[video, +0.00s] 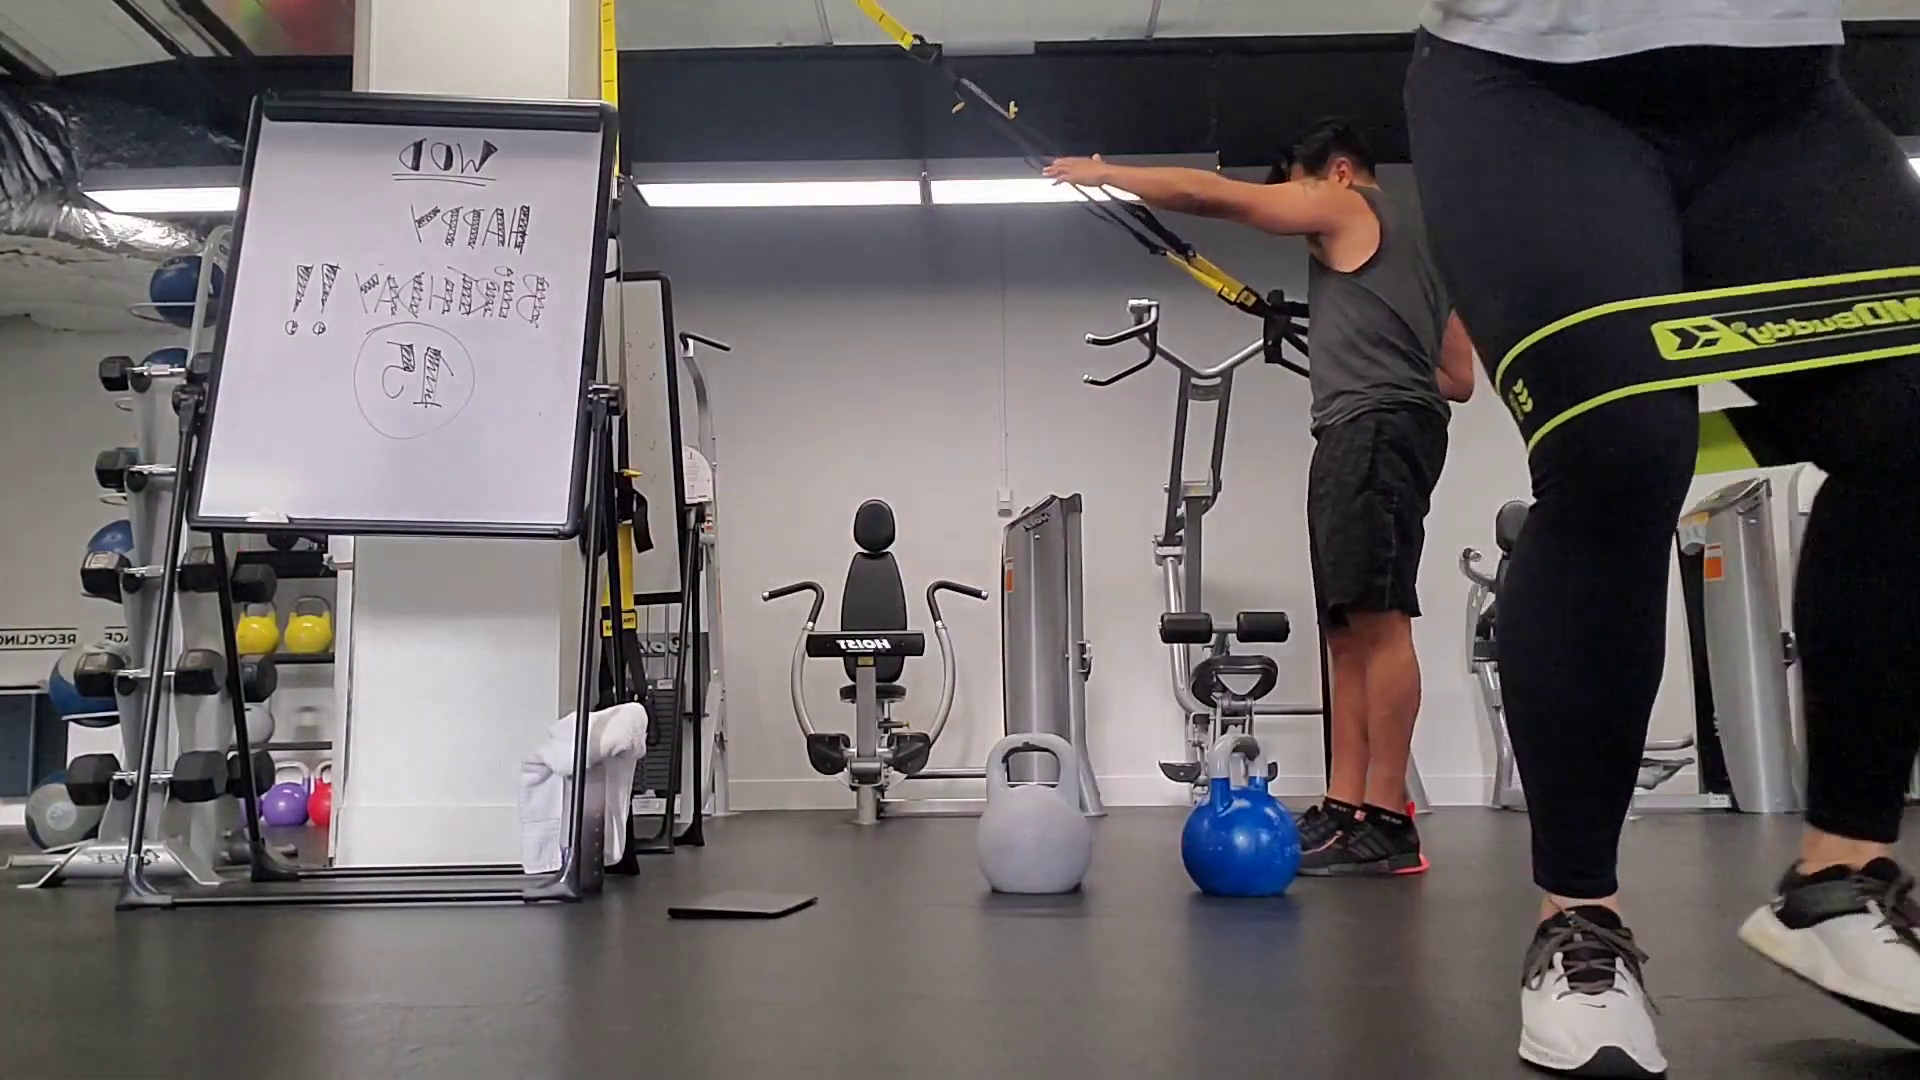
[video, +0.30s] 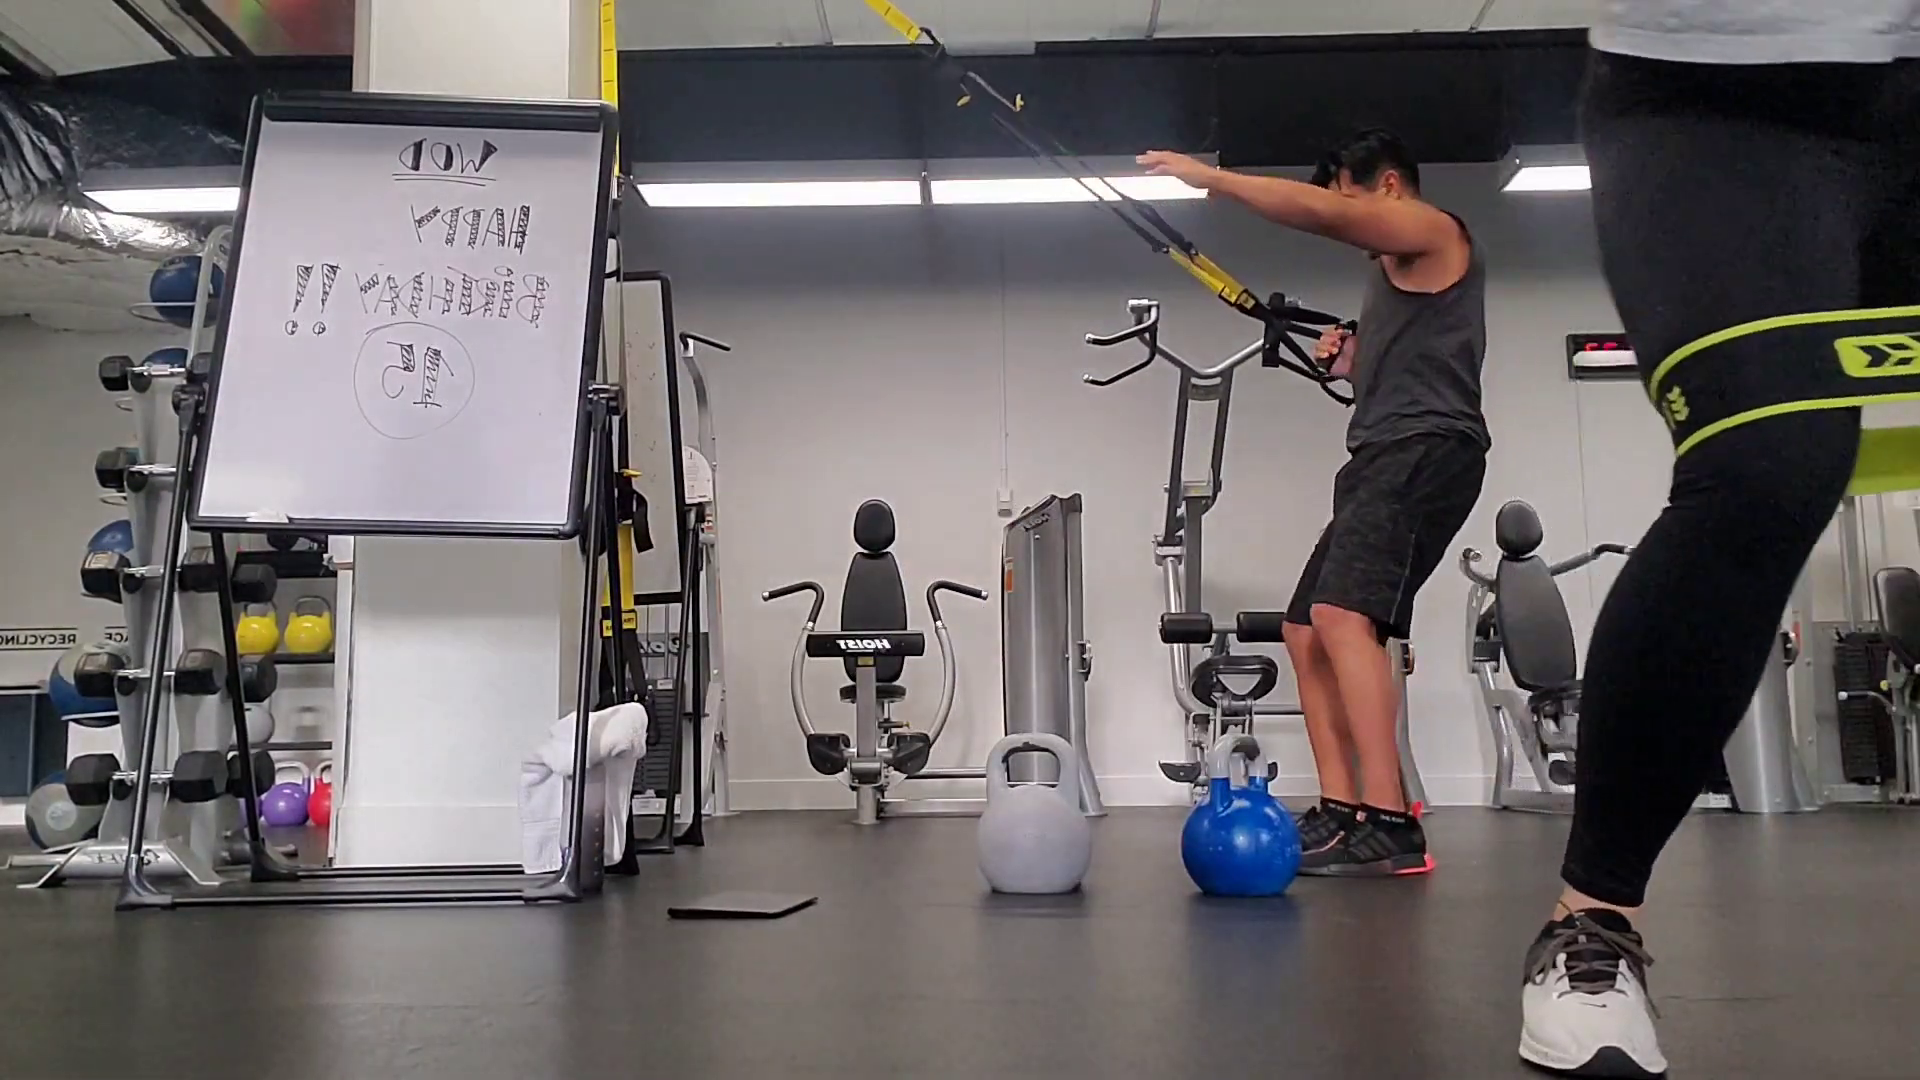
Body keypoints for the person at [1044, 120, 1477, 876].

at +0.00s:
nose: (1296, 204)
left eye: (1302, 187)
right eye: (1295, 191)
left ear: (1342, 169)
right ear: (1357, 173)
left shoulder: (1349, 204)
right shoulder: (1425, 246)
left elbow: (1215, 192)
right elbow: (1460, 379)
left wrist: (1104, 171)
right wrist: (1361, 338)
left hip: (1373, 426)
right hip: (1385, 429)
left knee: (1381, 627)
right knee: (1345, 628)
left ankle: (1389, 821)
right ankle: (1346, 809)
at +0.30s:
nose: (1345, 213)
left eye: (1351, 199)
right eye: (1341, 202)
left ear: (1387, 182)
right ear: (1386, 189)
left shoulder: (1436, 229)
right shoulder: (1400, 261)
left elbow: (1325, 211)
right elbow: (1417, 371)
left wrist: (1211, 177)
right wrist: (1357, 356)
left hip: (1424, 445)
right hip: (1380, 453)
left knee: (1343, 615)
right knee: (1302, 626)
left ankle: (1389, 823)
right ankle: (1343, 813)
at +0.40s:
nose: (1372, 242)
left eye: (1375, 225)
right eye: (1366, 232)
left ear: (1423, 207)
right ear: (1412, 221)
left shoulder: (1479, 266)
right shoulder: (1420, 313)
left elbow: (1401, 260)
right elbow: (1400, 425)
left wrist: (1282, 217)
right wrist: (1358, 376)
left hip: (1453, 478)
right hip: (1400, 485)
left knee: (1332, 619)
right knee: (1287, 632)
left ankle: (1388, 822)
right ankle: (1340, 812)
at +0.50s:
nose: (1408, 277)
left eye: (1416, 257)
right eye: (1401, 264)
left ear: (1466, 244)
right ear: (1459, 254)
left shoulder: (1522, 306)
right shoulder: (1444, 348)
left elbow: (1523, 345)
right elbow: (1401, 456)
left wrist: (1405, 296)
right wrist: (1359, 398)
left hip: (1482, 522)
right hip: (1422, 526)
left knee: (1329, 621)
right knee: (1279, 635)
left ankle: (1389, 824)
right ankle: (1339, 813)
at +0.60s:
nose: (1453, 315)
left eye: (1465, 297)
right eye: (1449, 303)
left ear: (1518, 289)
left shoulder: (1565, 362)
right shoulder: (1470, 393)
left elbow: (1614, 444)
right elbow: (1394, 459)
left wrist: (1554, 414)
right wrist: (1363, 388)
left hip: (1505, 571)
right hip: (1441, 568)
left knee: (1335, 625)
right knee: (1277, 638)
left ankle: (1387, 824)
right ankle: (1337, 810)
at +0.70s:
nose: (1509, 356)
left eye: (1524, 337)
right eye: (1503, 343)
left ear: (1578, 340)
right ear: (1499, 351)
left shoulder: (1619, 431)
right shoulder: (1503, 431)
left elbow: (1677, 526)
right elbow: (1405, 460)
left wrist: (1697, 546)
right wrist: (1370, 384)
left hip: (1524, 626)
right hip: (1462, 616)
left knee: (1350, 623)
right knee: (1283, 639)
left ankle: (1392, 824)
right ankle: (1336, 811)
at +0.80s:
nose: (1558, 398)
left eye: (1577, 381)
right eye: (1551, 386)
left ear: (1628, 390)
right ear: (1547, 396)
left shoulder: (1663, 497)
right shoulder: (1528, 468)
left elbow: (1728, 602)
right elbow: (1420, 464)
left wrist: (1789, 659)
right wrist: (1372, 390)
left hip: (1544, 680)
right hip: (1477, 666)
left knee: (1378, 621)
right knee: (1298, 639)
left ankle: (1396, 826)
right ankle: (1337, 813)